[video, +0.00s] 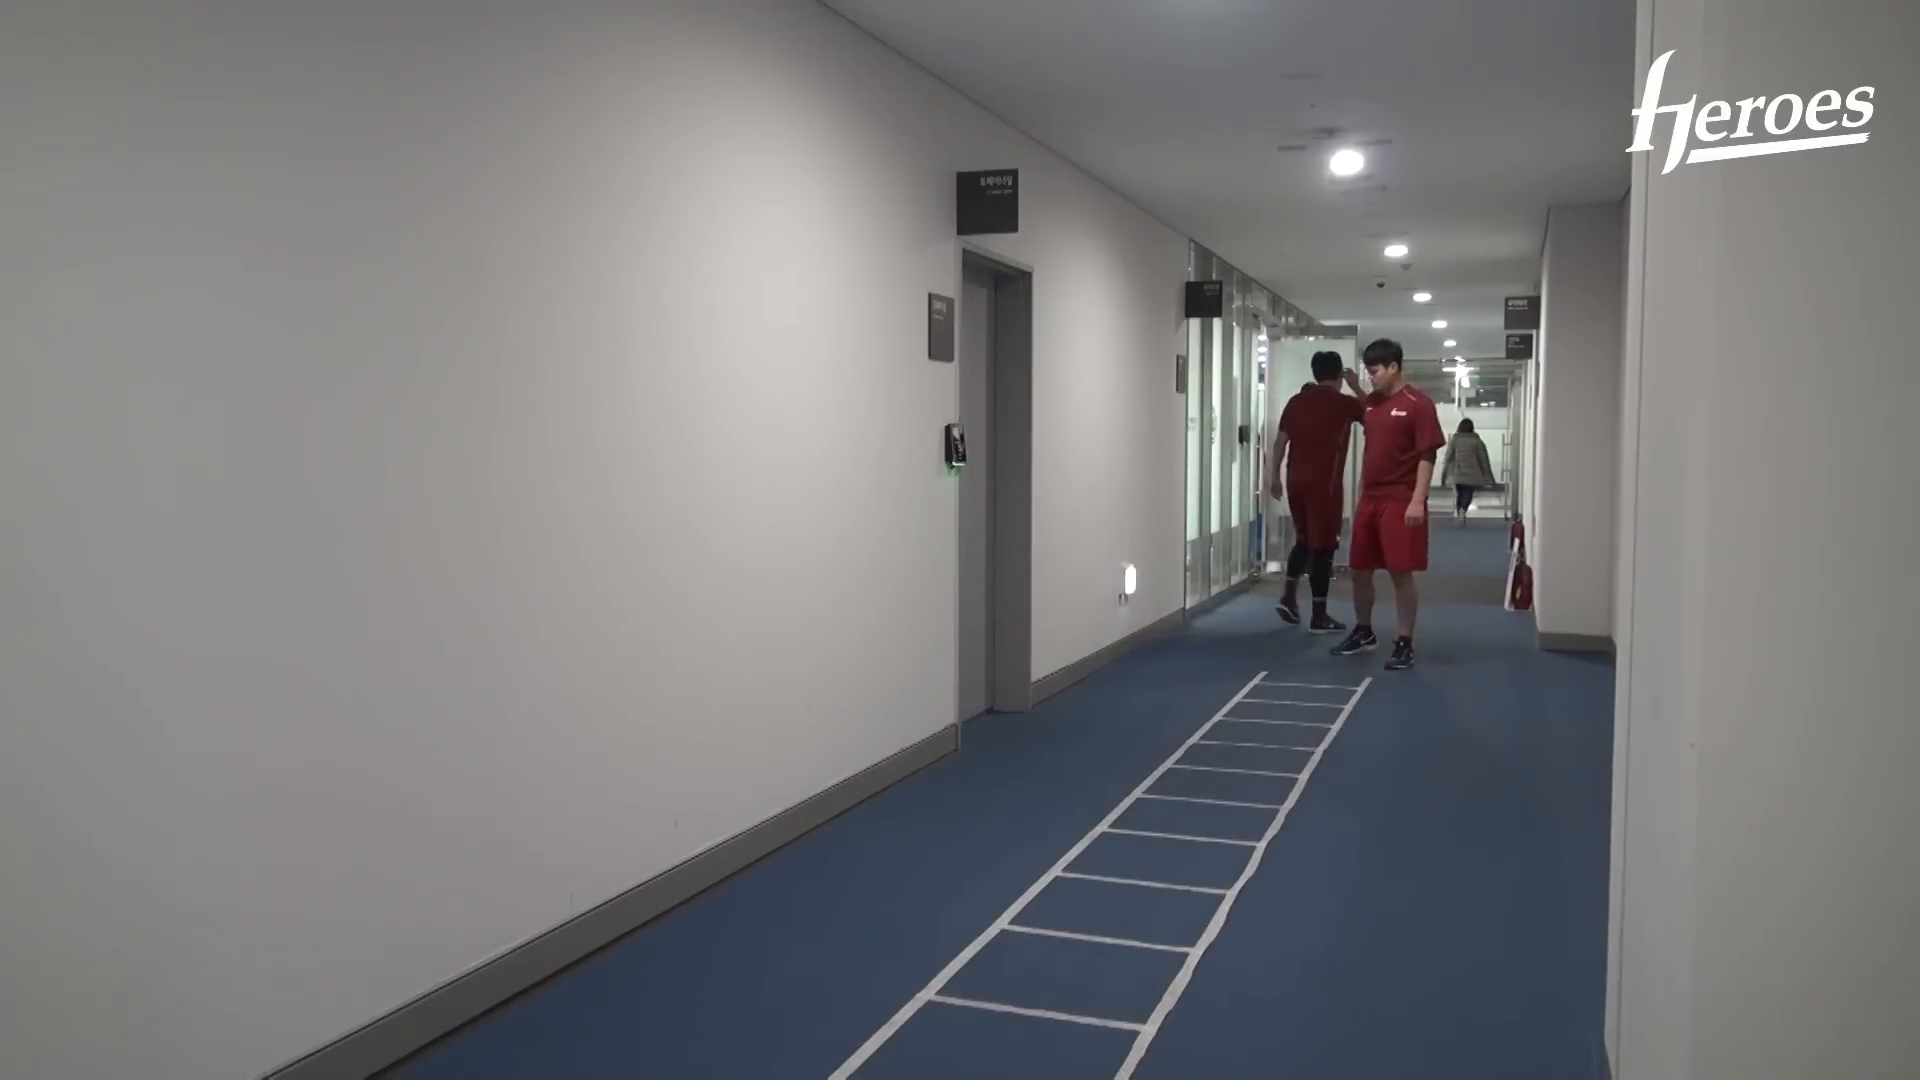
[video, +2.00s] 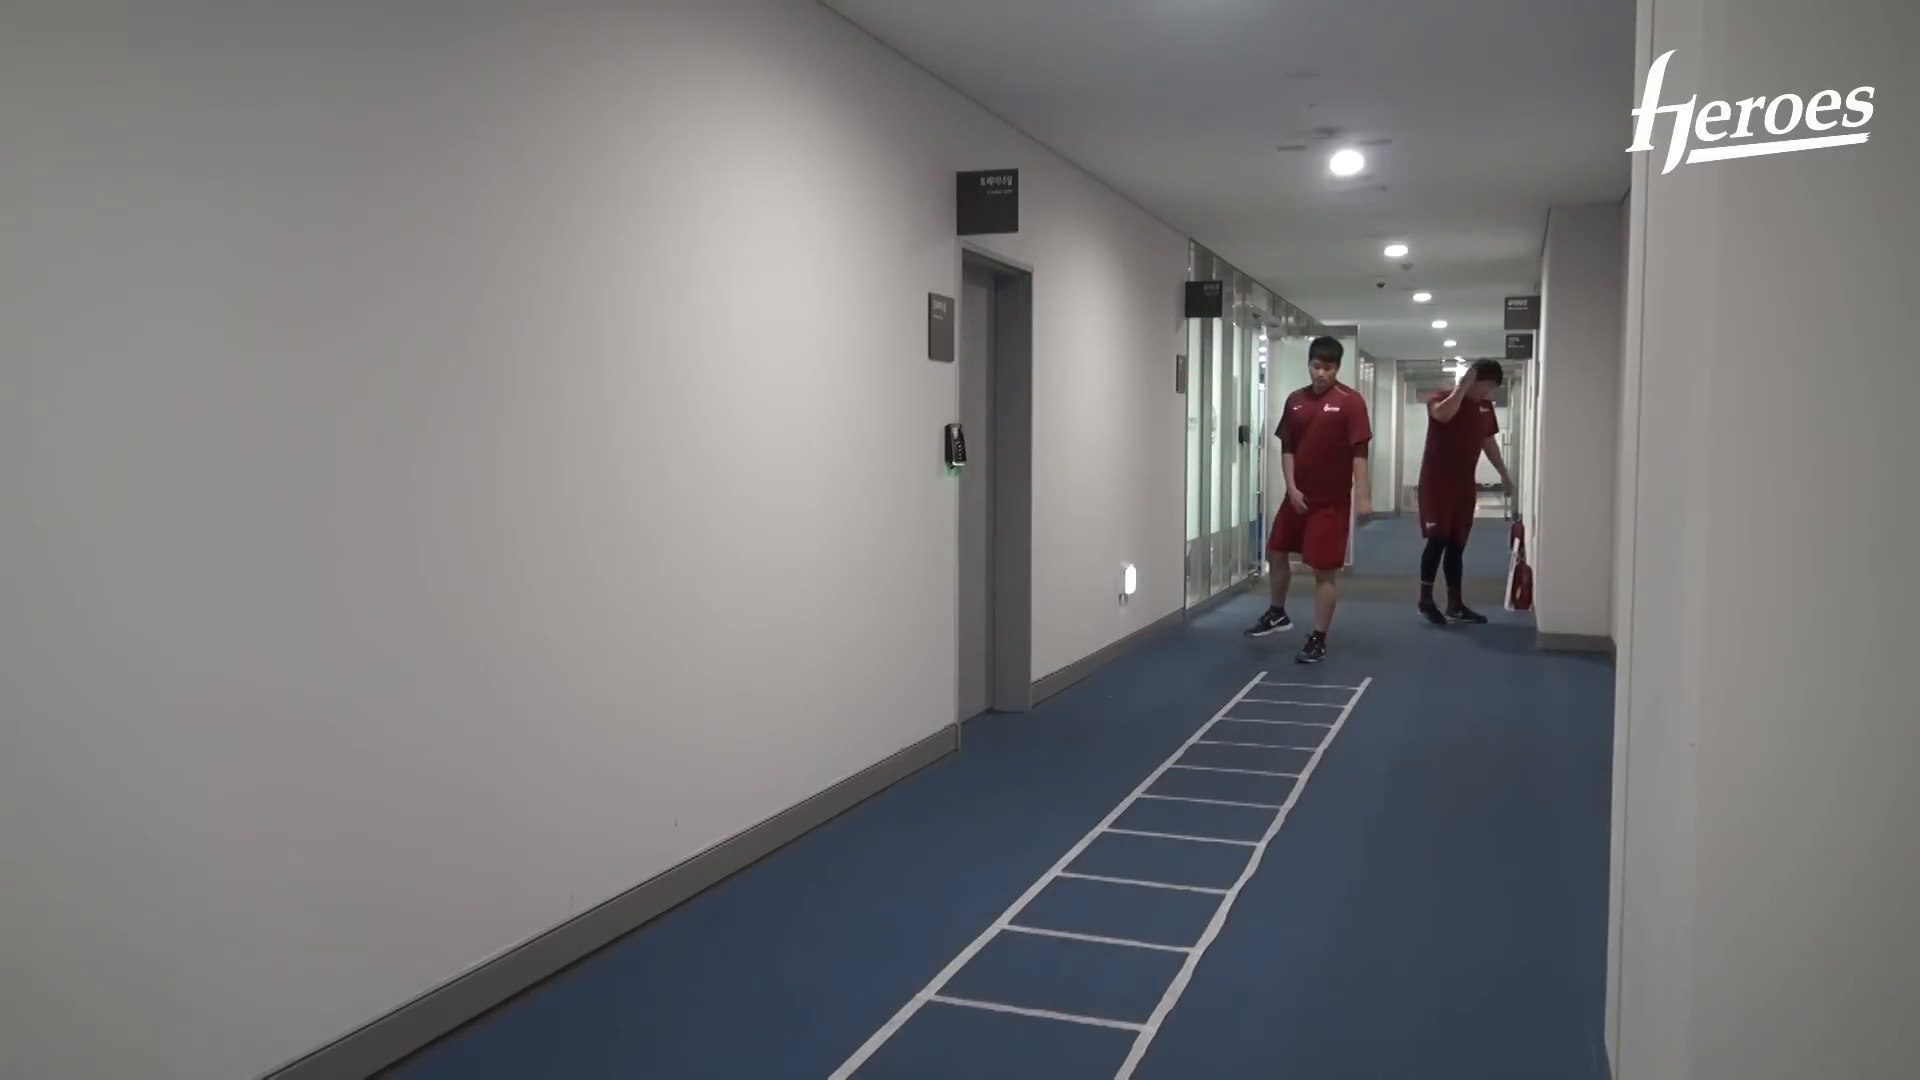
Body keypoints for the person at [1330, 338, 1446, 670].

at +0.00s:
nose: (1370, 375)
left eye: (1375, 368)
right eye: (1368, 369)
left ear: (1394, 367)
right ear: (1372, 371)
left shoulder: (1419, 403)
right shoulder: (1372, 405)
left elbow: (1428, 456)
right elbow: (1370, 454)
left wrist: (1418, 500)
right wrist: (1361, 497)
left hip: (1400, 500)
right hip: (1370, 498)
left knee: (1400, 572)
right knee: (1360, 569)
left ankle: (1404, 643)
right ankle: (1363, 630)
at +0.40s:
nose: (1346, 378)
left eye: (1351, 371)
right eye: (1344, 372)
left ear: (1370, 368)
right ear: (1349, 374)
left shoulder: (1397, 403)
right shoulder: (1351, 408)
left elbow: (1409, 450)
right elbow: (1341, 453)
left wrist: (1406, 493)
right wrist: (1318, 484)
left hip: (1380, 503)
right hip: (1348, 502)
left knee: (1386, 573)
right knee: (1357, 572)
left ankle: (1402, 642)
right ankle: (1365, 634)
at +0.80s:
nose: (1327, 378)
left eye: (1330, 371)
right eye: (1325, 372)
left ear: (1349, 369)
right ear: (1340, 372)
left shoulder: (1379, 404)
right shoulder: (1330, 407)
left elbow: (1389, 454)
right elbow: (1321, 453)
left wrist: (1382, 496)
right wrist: (1304, 488)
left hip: (1363, 498)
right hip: (1333, 498)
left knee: (1341, 563)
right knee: (1347, 566)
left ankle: (1366, 633)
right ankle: (1360, 630)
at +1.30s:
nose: (1305, 375)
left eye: (1309, 368)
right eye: (1303, 369)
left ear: (1327, 365)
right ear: (1307, 370)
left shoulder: (1350, 401)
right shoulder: (1310, 403)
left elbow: (1356, 452)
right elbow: (1304, 449)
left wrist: (1354, 496)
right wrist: (1300, 486)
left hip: (1339, 497)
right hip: (1315, 497)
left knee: (1322, 570)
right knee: (1333, 568)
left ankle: (1316, 637)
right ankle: (1357, 625)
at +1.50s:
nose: (1310, 372)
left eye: (1316, 366)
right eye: (1306, 367)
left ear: (1331, 366)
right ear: (1303, 368)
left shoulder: (1345, 399)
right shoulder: (1305, 401)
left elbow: (1342, 449)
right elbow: (1299, 448)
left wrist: (1312, 482)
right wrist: (1296, 486)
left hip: (1336, 496)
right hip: (1310, 495)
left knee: (1327, 568)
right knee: (1302, 561)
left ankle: (1319, 636)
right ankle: (1340, 615)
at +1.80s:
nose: (1317, 369)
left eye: (1324, 363)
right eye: (1312, 363)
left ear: (1336, 365)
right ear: (1306, 365)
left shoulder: (1347, 400)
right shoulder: (1300, 400)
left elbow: (1346, 454)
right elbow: (1293, 448)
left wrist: (1319, 490)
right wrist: (1291, 487)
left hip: (1332, 495)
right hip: (1303, 492)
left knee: (1322, 569)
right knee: (1288, 555)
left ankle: (1319, 638)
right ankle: (1297, 616)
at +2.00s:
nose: (1320, 373)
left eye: (1327, 367)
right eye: (1316, 366)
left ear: (1338, 368)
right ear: (1308, 365)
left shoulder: (1352, 402)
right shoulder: (1295, 401)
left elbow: (1359, 453)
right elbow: (1287, 448)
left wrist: (1362, 496)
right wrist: (1291, 487)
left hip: (1333, 502)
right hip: (1298, 496)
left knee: (1324, 571)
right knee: (1276, 552)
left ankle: (1318, 638)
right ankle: (1277, 611)